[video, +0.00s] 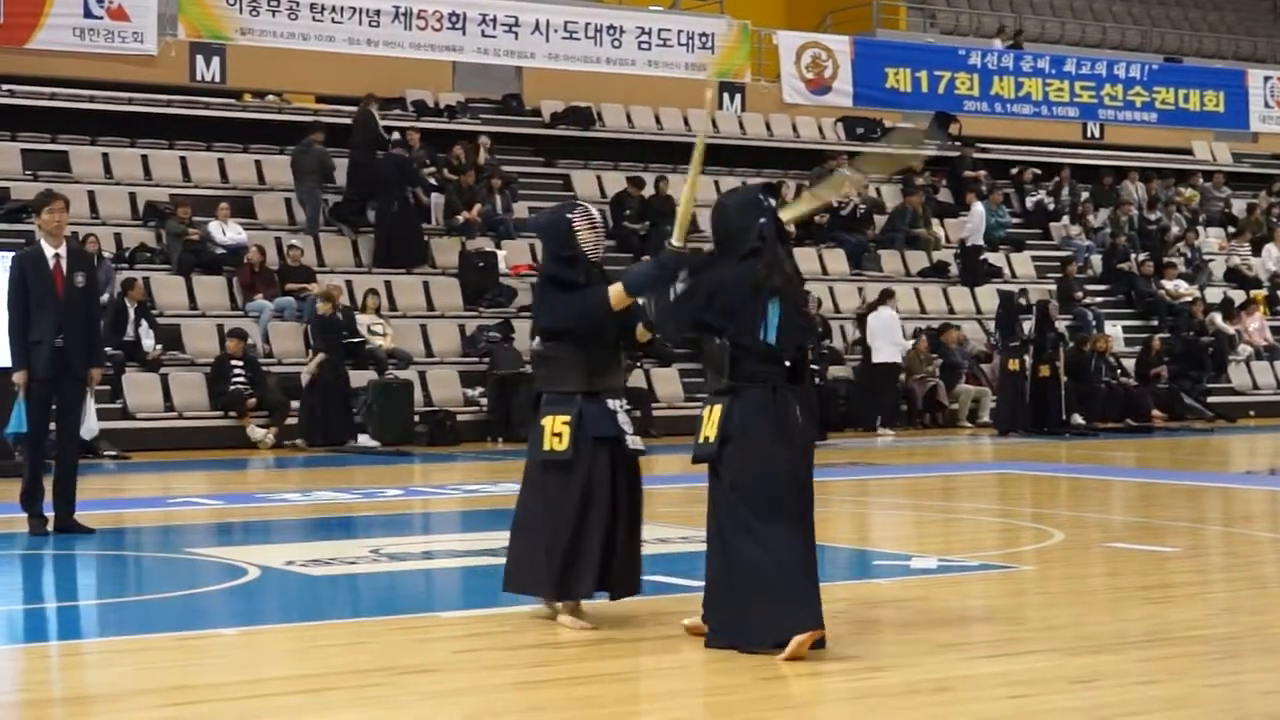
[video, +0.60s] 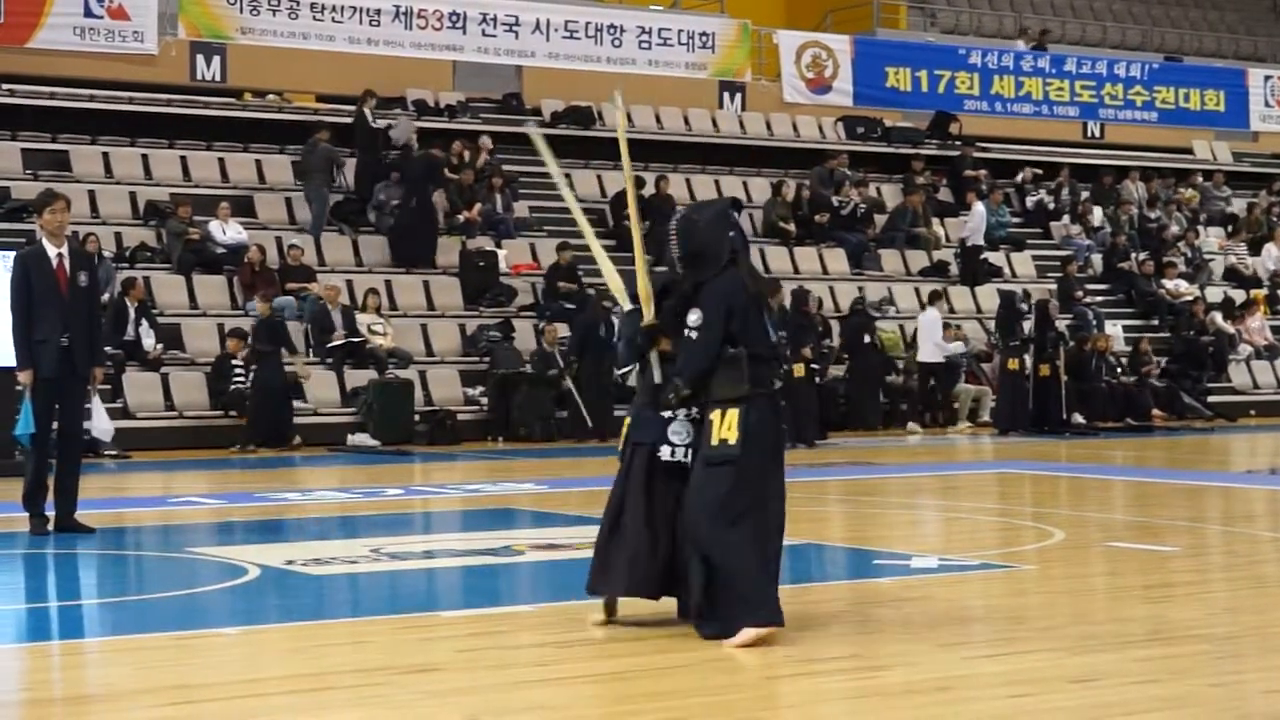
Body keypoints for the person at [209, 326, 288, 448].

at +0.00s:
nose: (227, 344)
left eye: (231, 341)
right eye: (227, 341)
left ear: (242, 343)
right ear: (226, 342)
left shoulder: (251, 360)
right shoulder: (220, 360)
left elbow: (261, 382)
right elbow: (215, 384)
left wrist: (256, 397)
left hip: (251, 394)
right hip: (229, 397)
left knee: (282, 402)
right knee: (236, 395)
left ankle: (271, 434)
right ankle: (249, 427)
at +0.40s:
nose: (227, 344)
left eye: (231, 341)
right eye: (227, 340)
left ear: (242, 343)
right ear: (225, 341)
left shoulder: (251, 359)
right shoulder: (221, 359)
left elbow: (259, 379)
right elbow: (214, 381)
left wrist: (256, 395)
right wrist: (228, 390)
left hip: (250, 391)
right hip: (229, 393)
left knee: (268, 393)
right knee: (236, 395)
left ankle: (270, 428)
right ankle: (249, 425)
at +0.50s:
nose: (229, 344)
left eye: (233, 341)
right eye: (228, 341)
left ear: (242, 344)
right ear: (226, 342)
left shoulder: (251, 360)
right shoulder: (221, 359)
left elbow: (255, 379)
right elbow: (215, 381)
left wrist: (254, 394)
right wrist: (229, 389)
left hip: (250, 392)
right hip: (228, 394)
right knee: (238, 394)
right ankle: (246, 425)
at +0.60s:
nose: (228, 344)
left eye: (232, 341)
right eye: (228, 340)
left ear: (242, 343)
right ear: (226, 341)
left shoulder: (250, 358)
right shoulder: (222, 359)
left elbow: (254, 378)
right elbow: (215, 382)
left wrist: (249, 389)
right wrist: (231, 389)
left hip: (247, 394)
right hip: (225, 396)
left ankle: (248, 440)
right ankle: (245, 440)